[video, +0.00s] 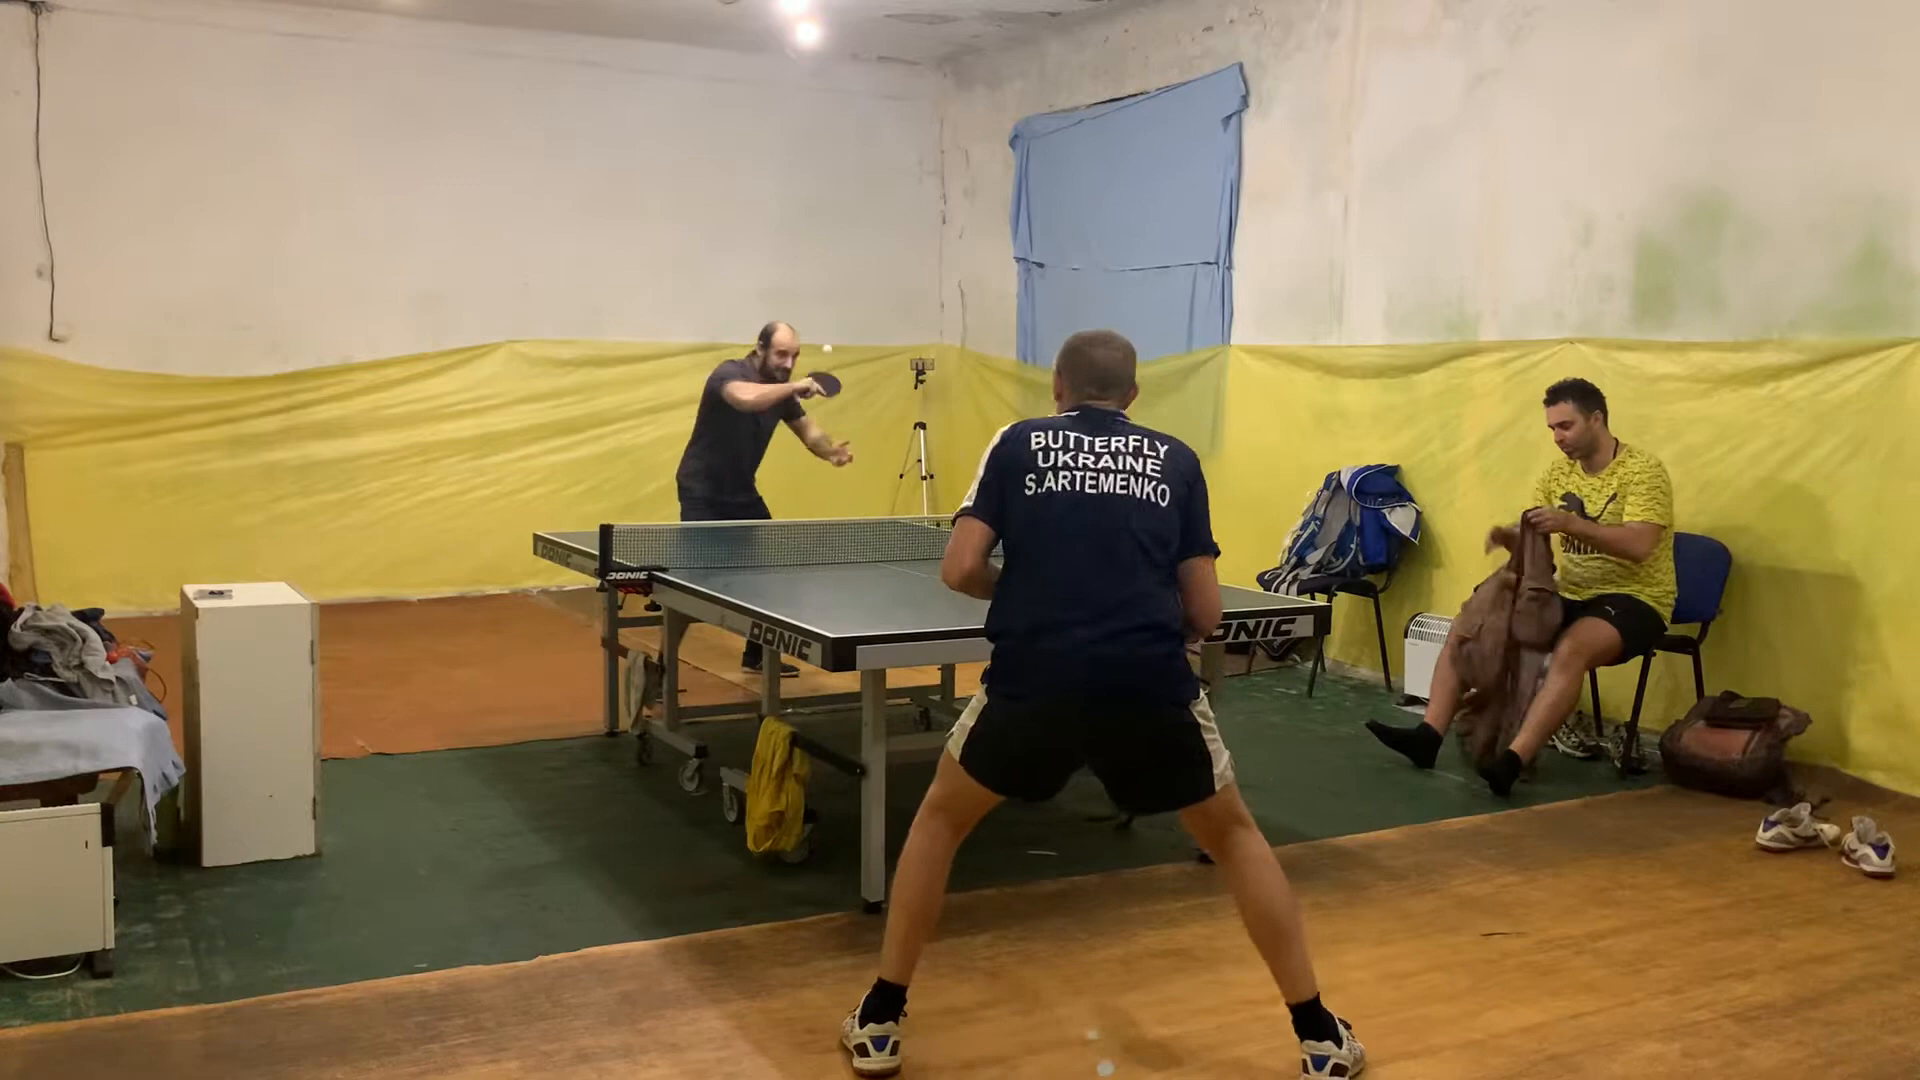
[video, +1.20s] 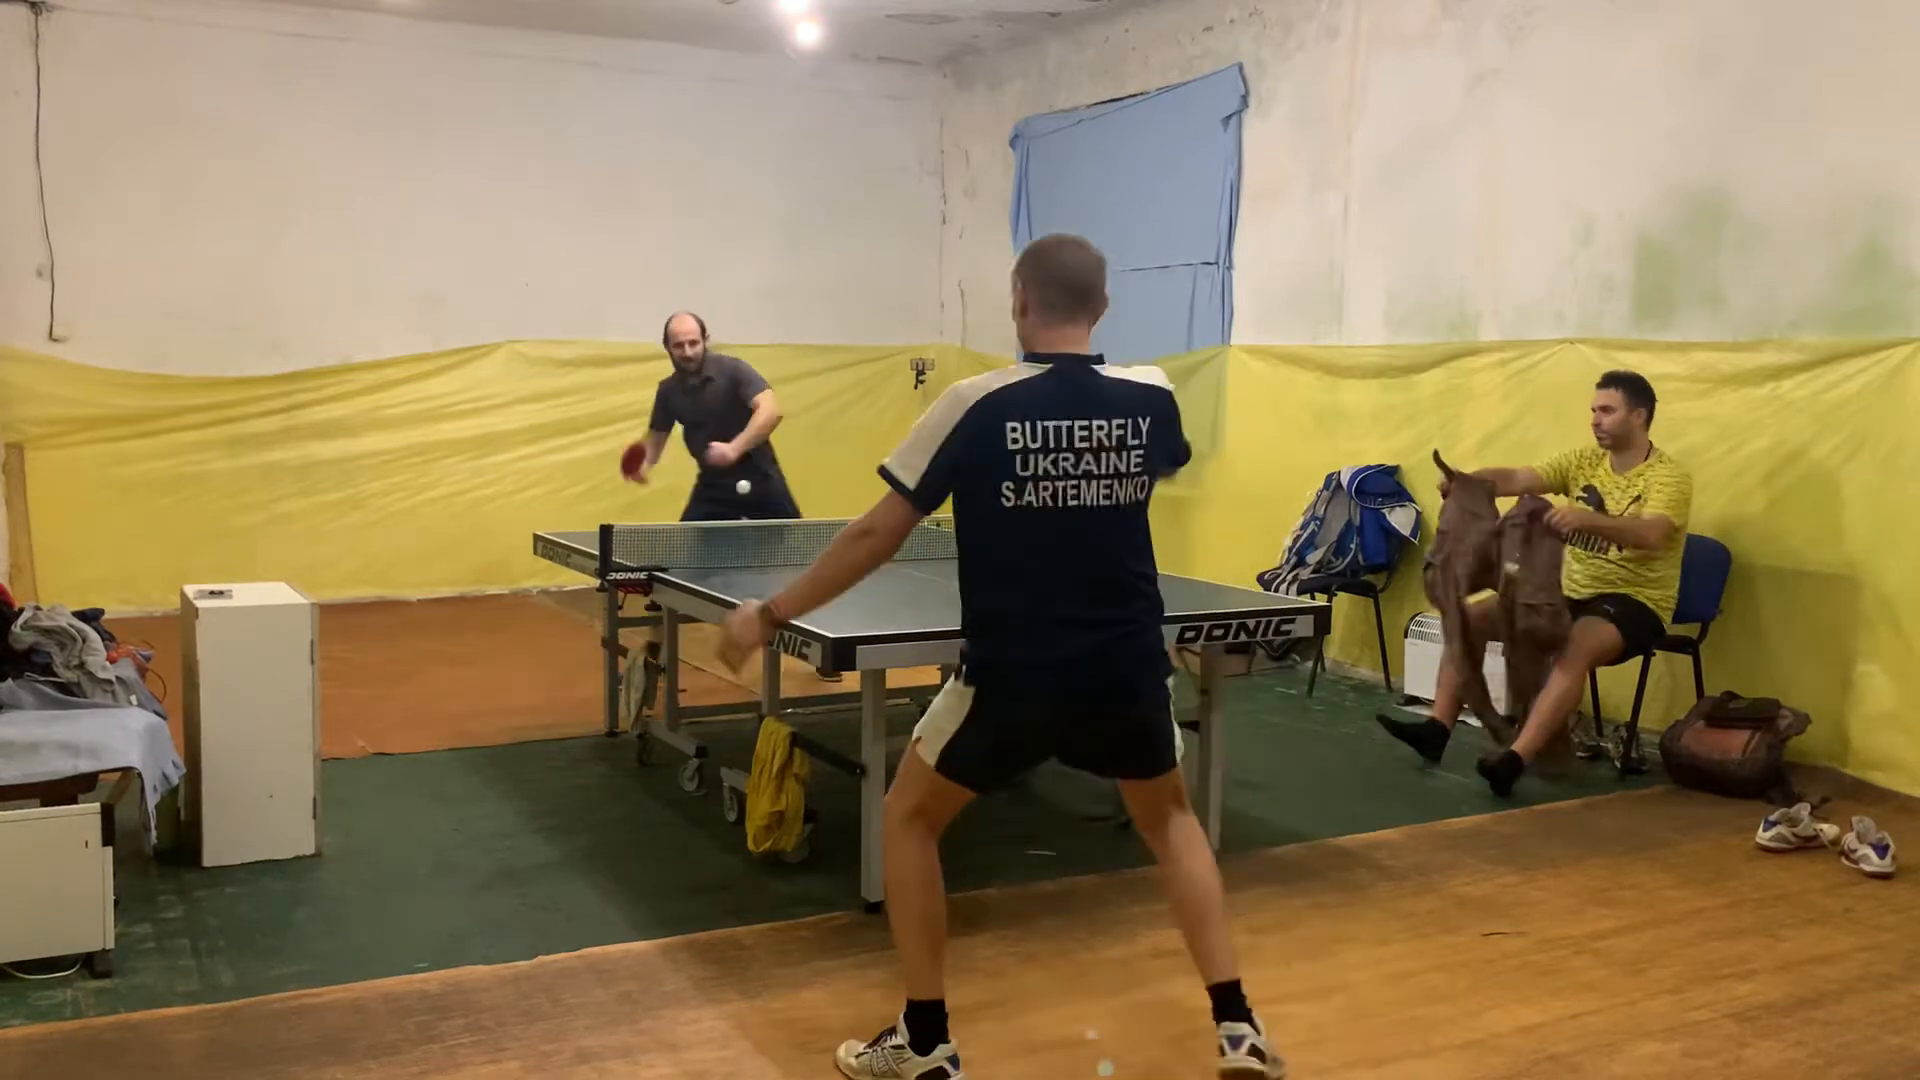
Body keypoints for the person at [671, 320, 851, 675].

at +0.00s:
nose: (789, 363)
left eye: (794, 355)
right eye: (782, 354)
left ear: (797, 355)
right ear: (760, 349)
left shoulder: (782, 389)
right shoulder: (728, 373)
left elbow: (808, 431)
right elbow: (745, 398)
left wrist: (830, 450)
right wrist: (794, 388)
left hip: (743, 491)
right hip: (702, 491)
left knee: (773, 566)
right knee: (699, 576)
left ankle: (758, 650)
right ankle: (664, 662)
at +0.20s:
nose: (795, 388)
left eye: (801, 381)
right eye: (789, 379)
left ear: (806, 377)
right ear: (770, 367)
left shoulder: (788, 396)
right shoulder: (737, 382)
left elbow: (796, 438)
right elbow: (765, 431)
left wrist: (805, 480)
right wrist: (797, 408)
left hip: (741, 488)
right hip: (700, 483)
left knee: (770, 562)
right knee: (705, 563)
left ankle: (758, 651)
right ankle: (662, 642)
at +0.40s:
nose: (778, 389)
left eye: (786, 382)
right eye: (773, 380)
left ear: (791, 379)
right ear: (757, 370)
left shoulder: (780, 403)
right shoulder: (721, 382)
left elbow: (792, 440)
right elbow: (663, 387)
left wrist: (801, 487)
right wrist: (672, 421)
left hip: (746, 502)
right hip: (703, 499)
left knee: (775, 569)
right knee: (702, 580)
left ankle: (758, 650)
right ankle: (681, 664)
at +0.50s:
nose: (758, 355)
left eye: (766, 349)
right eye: (752, 347)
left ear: (773, 348)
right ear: (737, 341)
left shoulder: (769, 381)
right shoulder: (705, 363)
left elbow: (786, 419)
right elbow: (650, 360)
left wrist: (796, 465)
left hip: (742, 491)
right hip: (697, 490)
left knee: (769, 566)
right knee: (693, 575)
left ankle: (758, 647)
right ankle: (678, 662)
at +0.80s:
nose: (705, 337)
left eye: (712, 329)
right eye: (697, 329)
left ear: (722, 330)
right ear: (683, 330)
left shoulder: (737, 372)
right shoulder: (658, 368)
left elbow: (762, 417)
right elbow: (615, 396)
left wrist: (758, 458)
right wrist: (609, 410)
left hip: (719, 493)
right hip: (667, 493)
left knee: (737, 570)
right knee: (643, 577)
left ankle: (737, 651)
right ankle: (624, 661)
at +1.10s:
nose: (683, 345)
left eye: (690, 335)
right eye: (675, 337)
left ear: (701, 333)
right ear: (663, 339)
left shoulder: (731, 371)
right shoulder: (657, 383)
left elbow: (777, 412)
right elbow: (637, 424)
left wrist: (758, 453)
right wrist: (630, 448)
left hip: (734, 494)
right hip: (681, 496)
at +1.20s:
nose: (687, 353)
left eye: (693, 344)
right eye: (678, 346)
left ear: (705, 341)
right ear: (667, 348)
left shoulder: (734, 370)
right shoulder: (669, 391)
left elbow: (770, 411)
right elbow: (656, 437)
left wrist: (734, 448)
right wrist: (644, 462)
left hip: (761, 481)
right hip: (713, 485)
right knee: (683, 550)